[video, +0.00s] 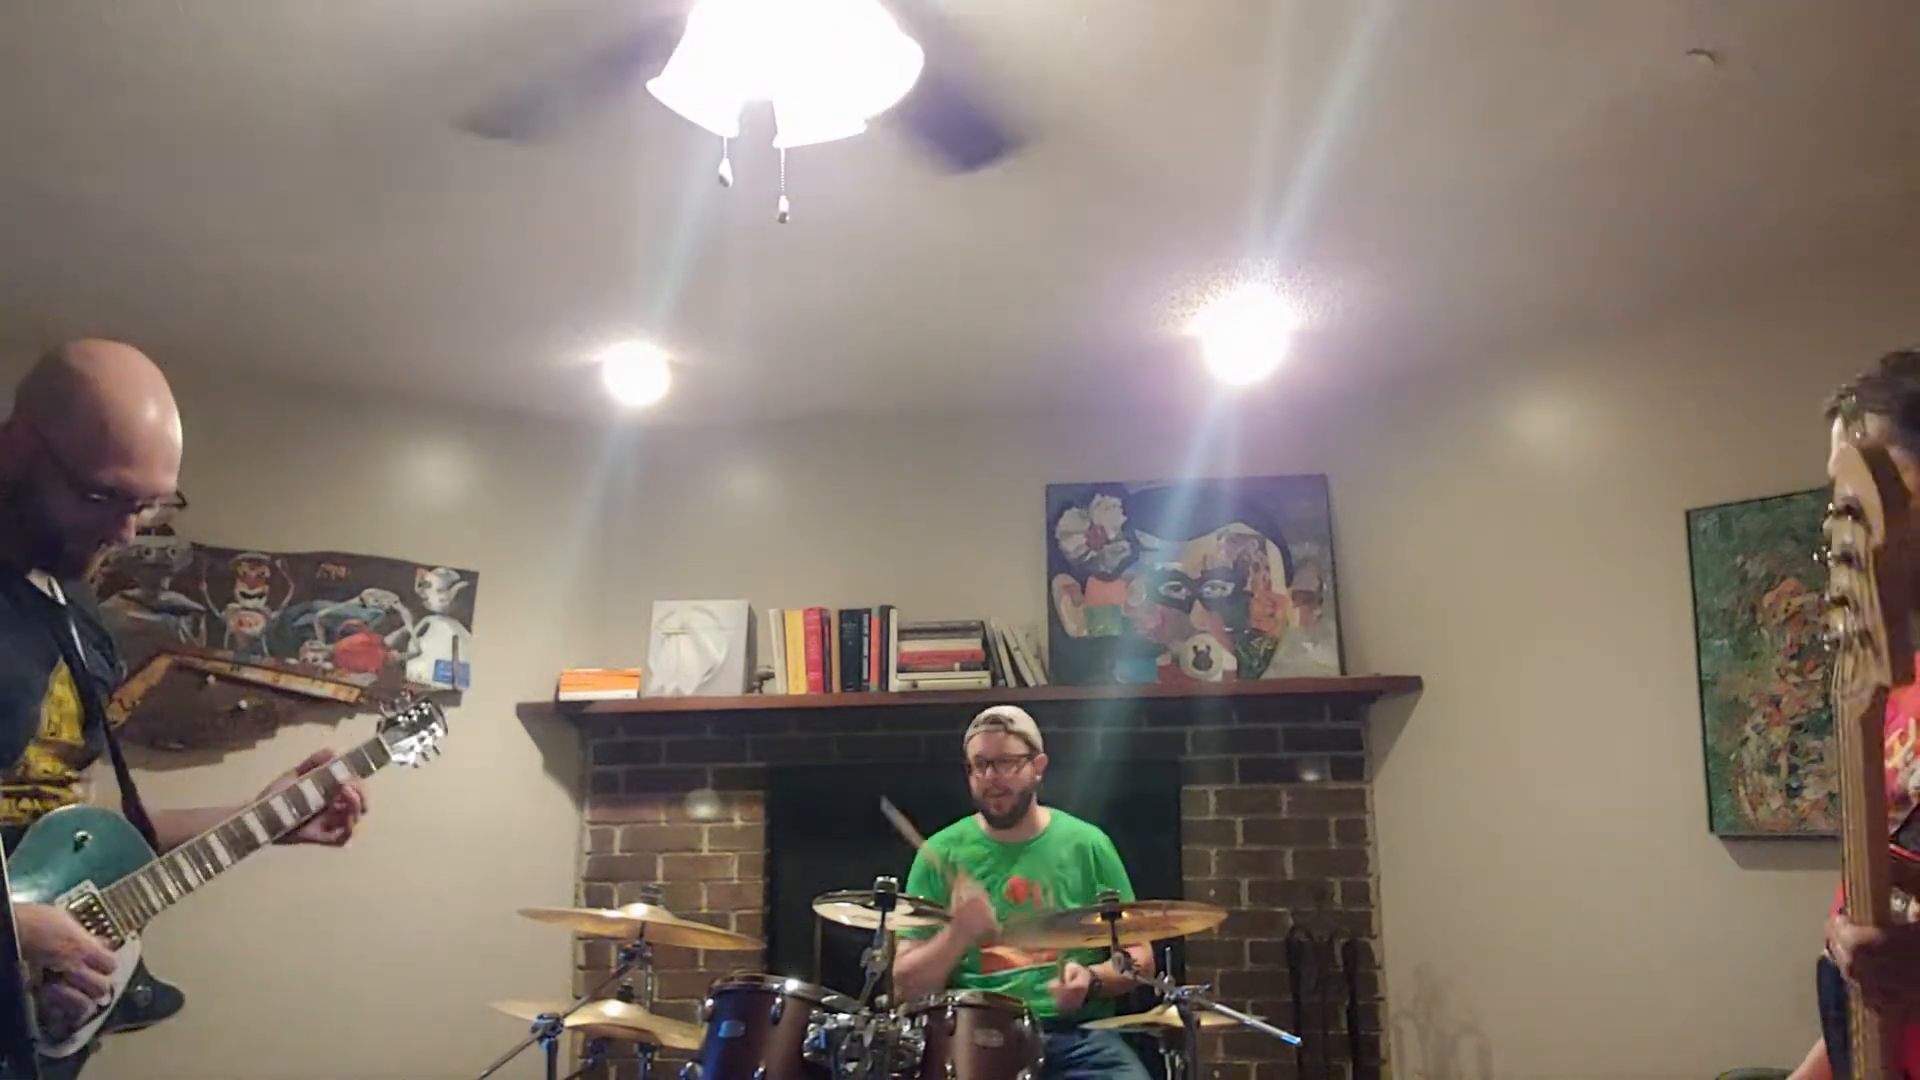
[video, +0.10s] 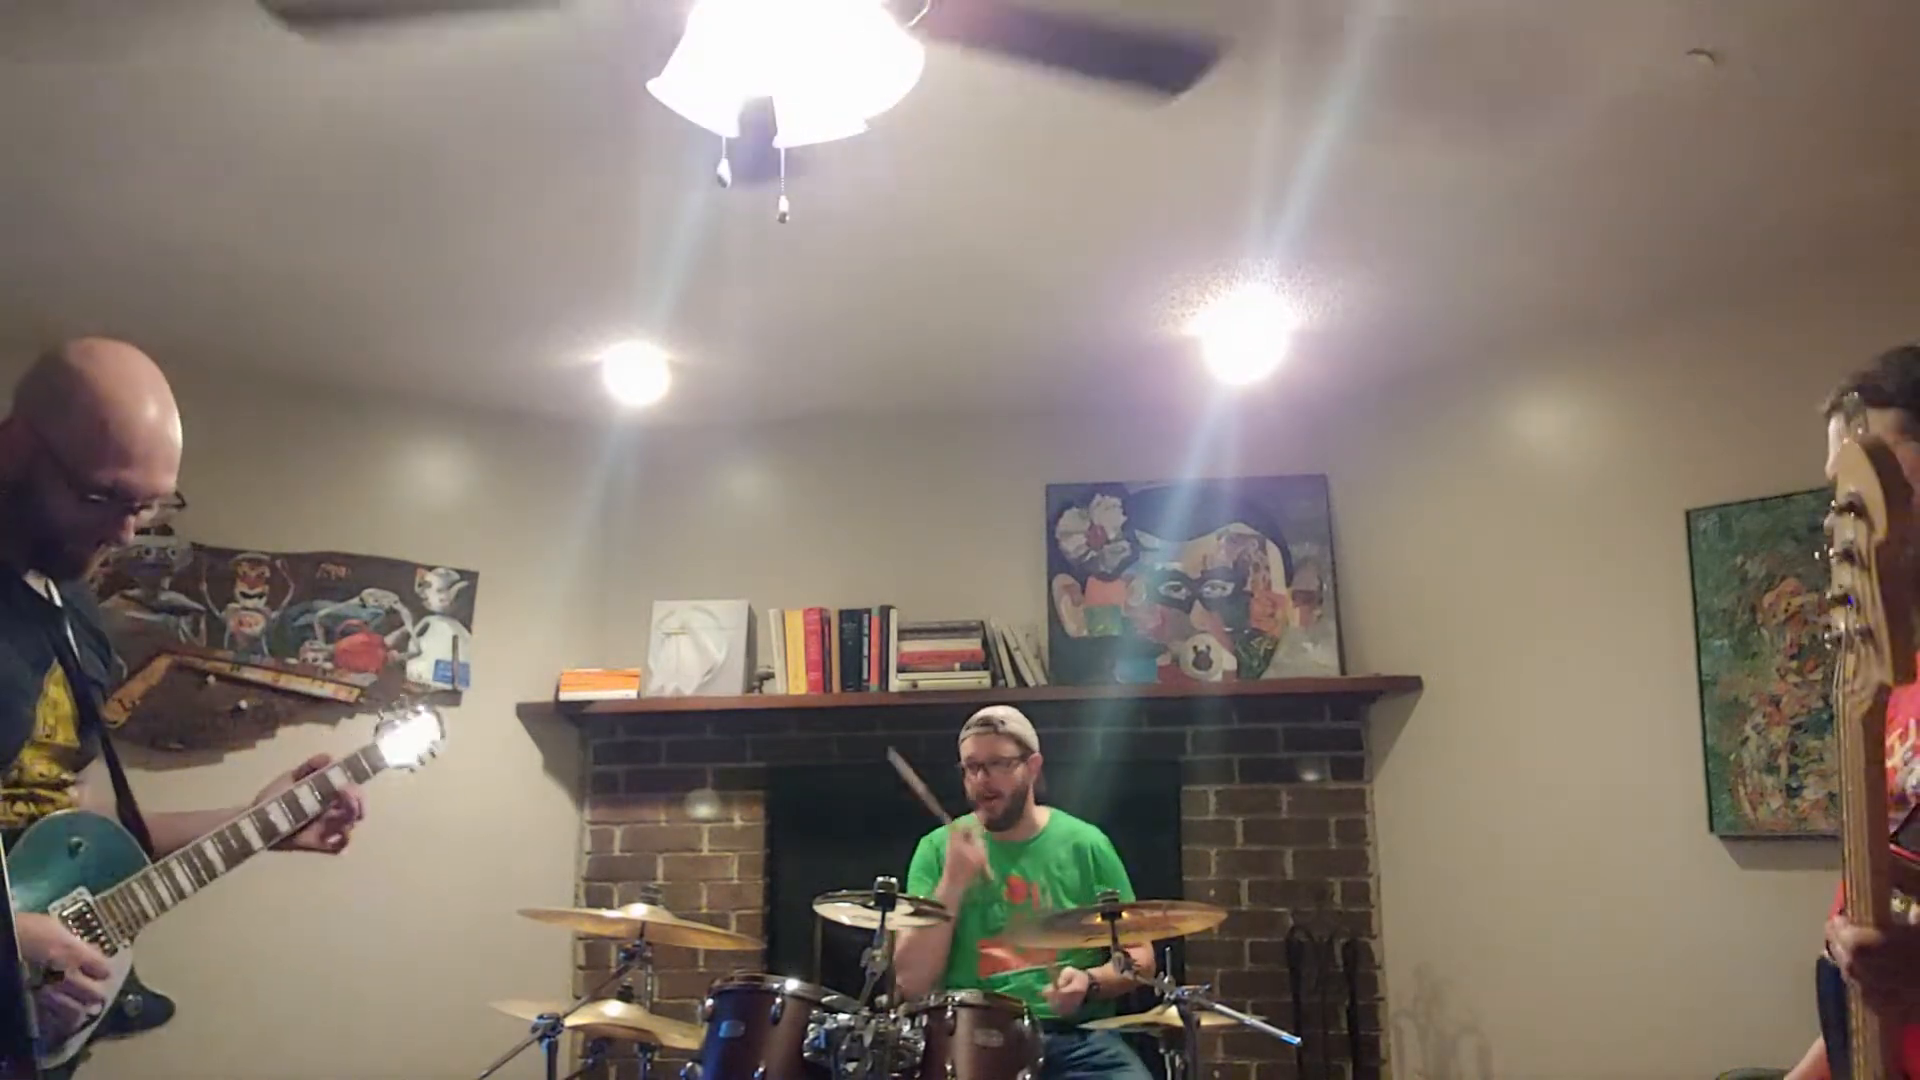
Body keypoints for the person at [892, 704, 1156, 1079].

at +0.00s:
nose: (993, 778)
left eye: (1008, 764)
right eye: (981, 765)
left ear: (1038, 767)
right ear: (967, 771)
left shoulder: (1088, 845)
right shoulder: (939, 854)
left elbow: (1140, 958)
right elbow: (904, 984)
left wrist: (1093, 976)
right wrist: (957, 933)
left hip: (1074, 1029)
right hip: (972, 1031)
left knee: (1130, 1074)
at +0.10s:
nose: (983, 782)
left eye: (999, 766)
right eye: (973, 768)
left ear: (1032, 767)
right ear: (962, 772)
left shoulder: (1086, 845)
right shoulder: (938, 849)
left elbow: (1140, 958)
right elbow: (912, 981)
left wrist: (1090, 980)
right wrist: (952, 883)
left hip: (1073, 1032)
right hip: (968, 1032)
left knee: (1132, 1075)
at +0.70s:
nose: (1000, 774)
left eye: (1017, 759)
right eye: (990, 761)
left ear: (1052, 767)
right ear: (980, 768)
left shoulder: (1095, 850)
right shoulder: (948, 847)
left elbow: (1143, 966)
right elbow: (907, 977)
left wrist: (1097, 982)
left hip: (1072, 1031)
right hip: (970, 1031)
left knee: (1131, 1074)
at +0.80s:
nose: (1009, 771)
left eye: (1026, 757)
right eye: (999, 758)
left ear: (1057, 768)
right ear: (987, 768)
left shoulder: (1099, 852)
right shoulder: (949, 852)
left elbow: (1143, 965)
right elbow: (908, 966)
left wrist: (1105, 988)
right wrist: (959, 978)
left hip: (1073, 1032)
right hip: (974, 1031)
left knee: (1133, 1075)